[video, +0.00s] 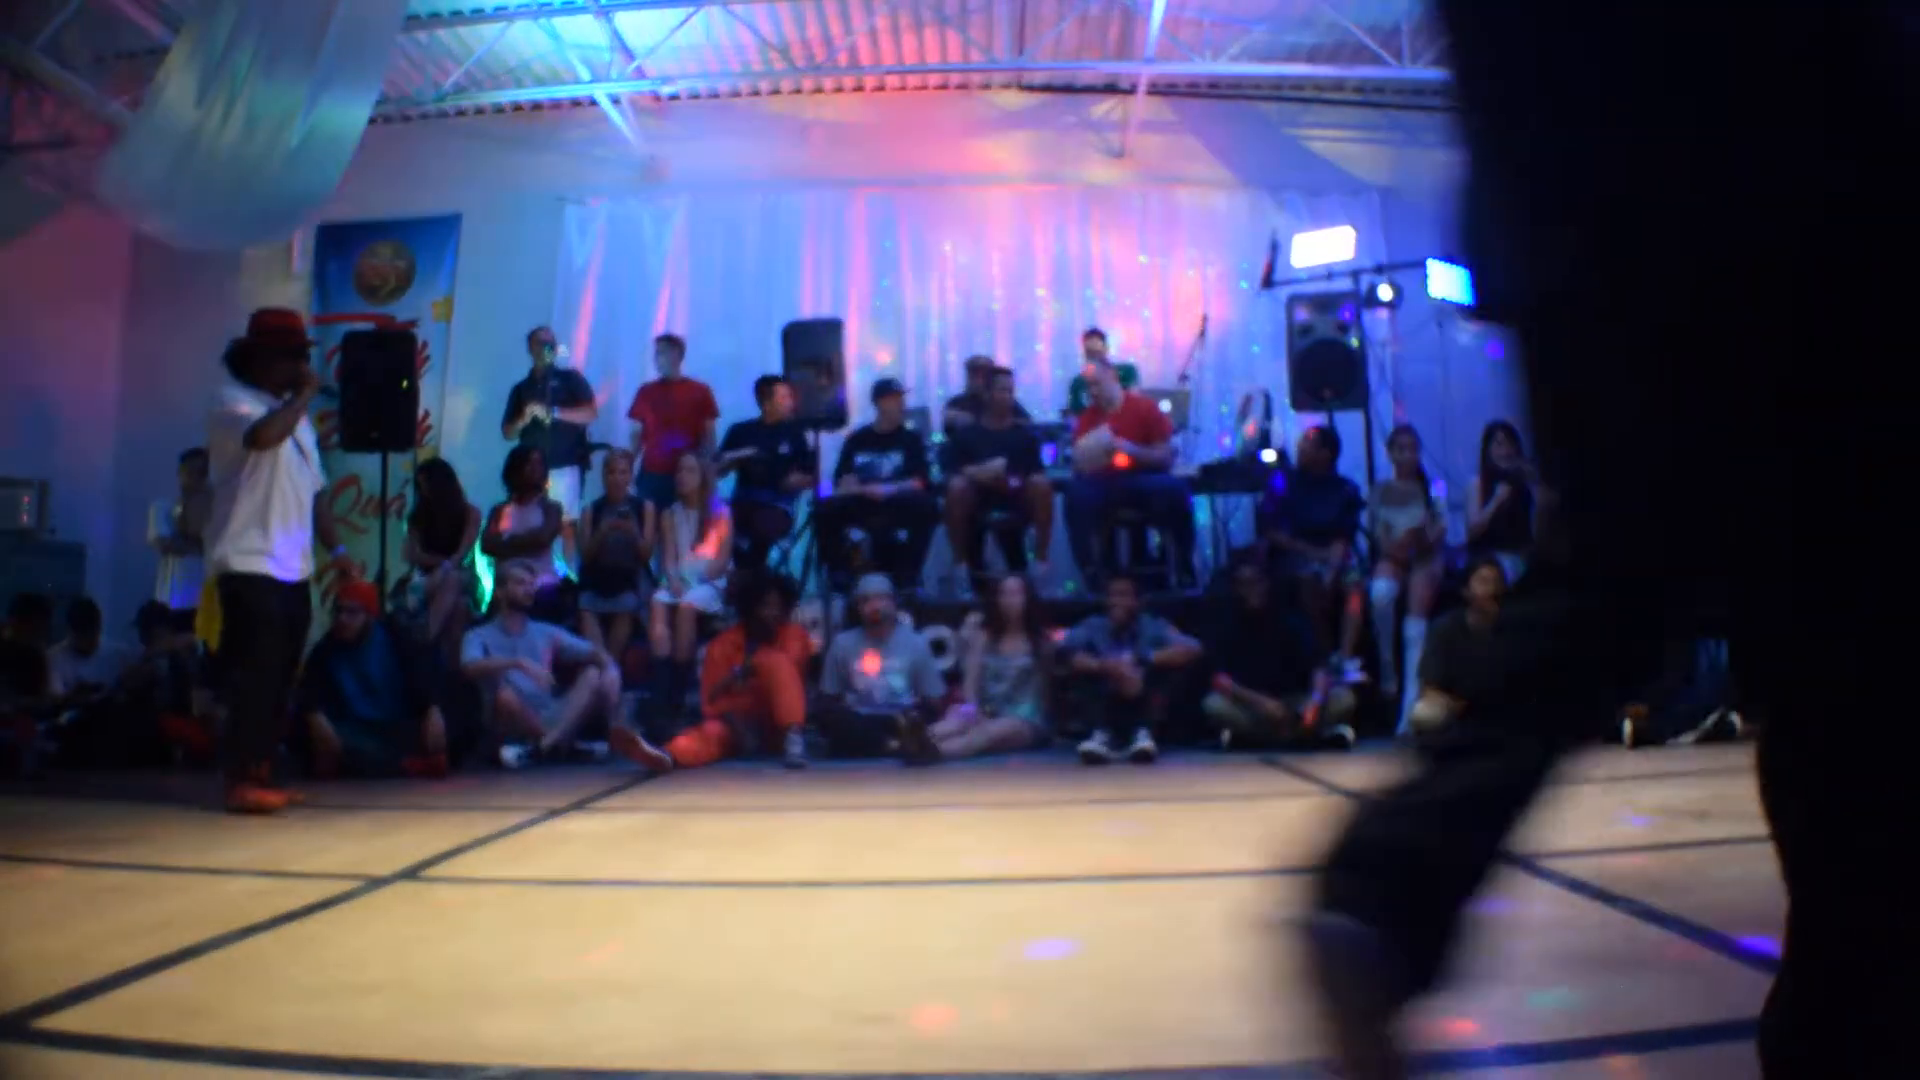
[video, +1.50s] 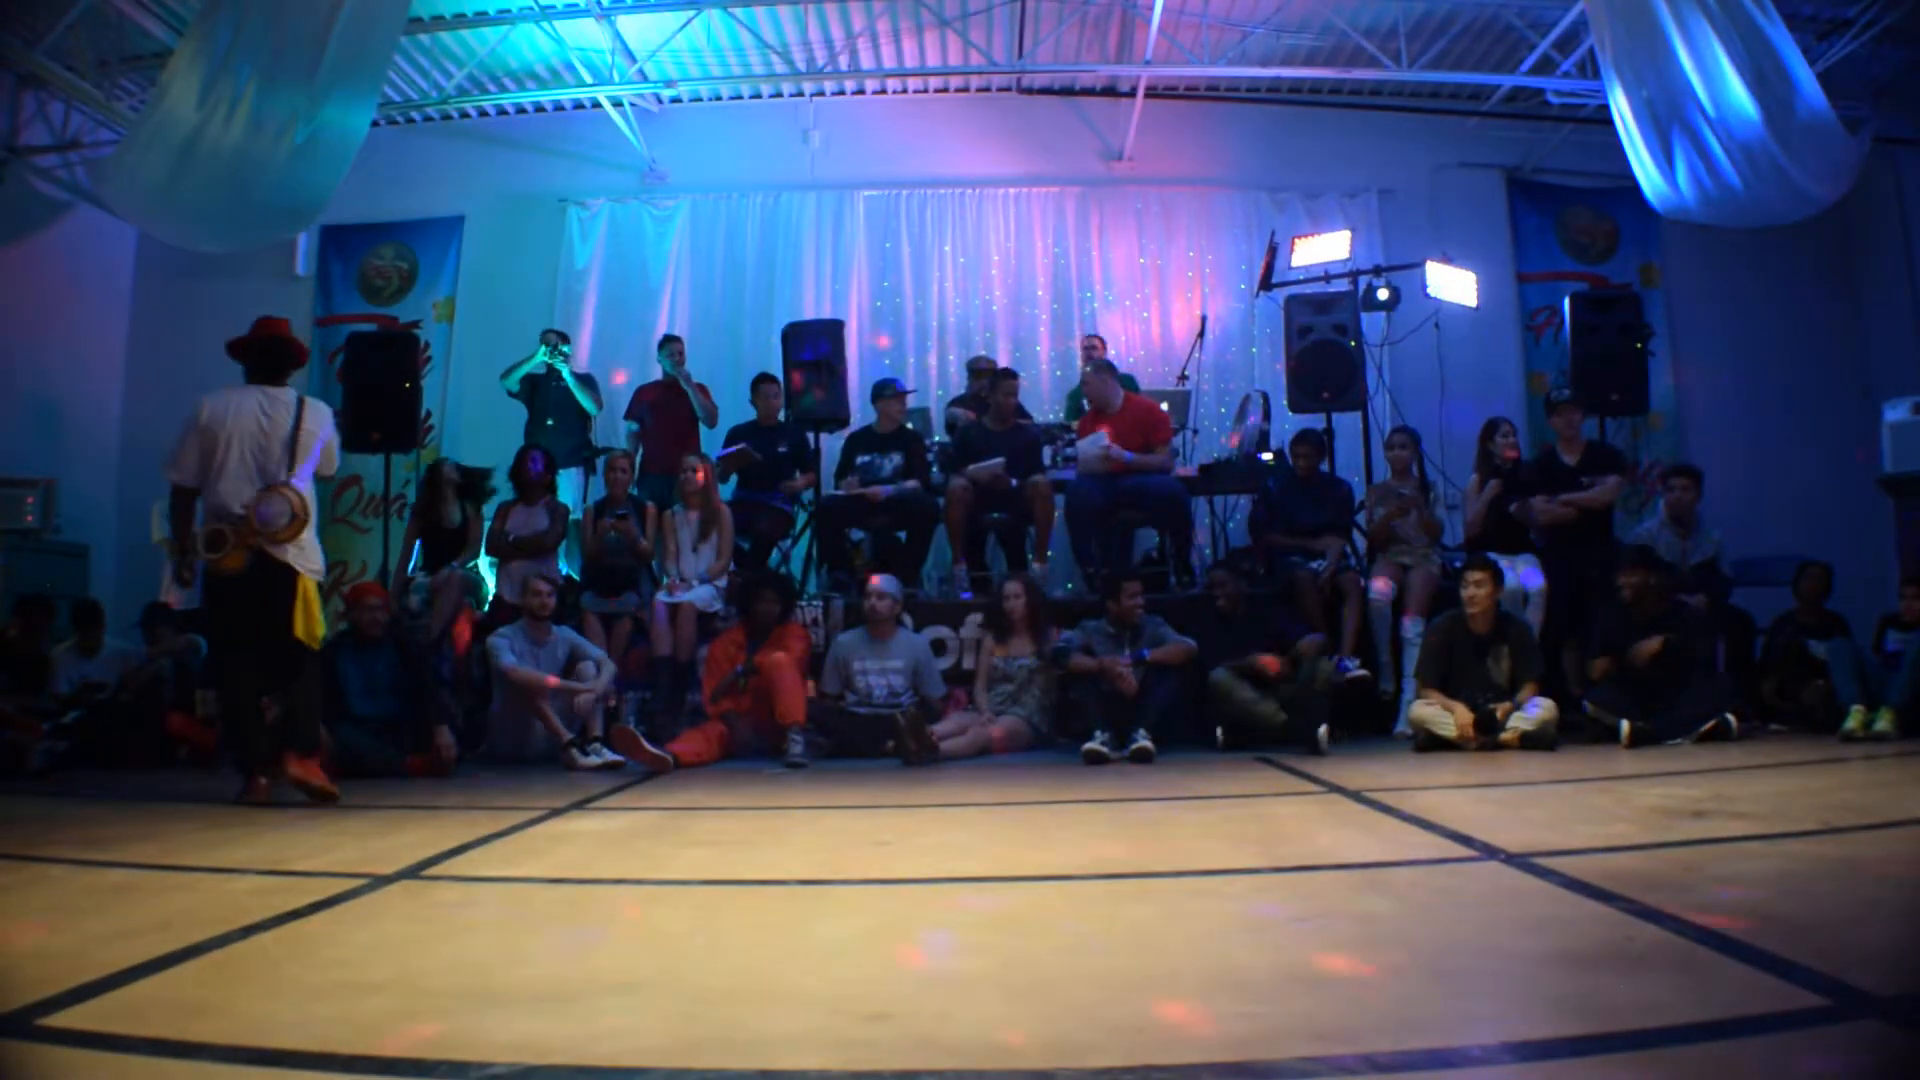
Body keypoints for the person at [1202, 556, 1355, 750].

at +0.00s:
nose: (1252, 590)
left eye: (1257, 583)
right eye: (1245, 584)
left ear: (1267, 584)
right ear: (1236, 588)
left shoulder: (1287, 617)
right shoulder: (1231, 622)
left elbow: (1319, 667)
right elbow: (1219, 678)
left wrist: (1314, 705)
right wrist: (1262, 703)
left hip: (1296, 694)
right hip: (1250, 700)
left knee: (1343, 699)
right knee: (1214, 704)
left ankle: (1252, 737)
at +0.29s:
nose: (1235, 590)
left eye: (1241, 583)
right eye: (1230, 584)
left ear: (1258, 585)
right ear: (1225, 587)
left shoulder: (1282, 617)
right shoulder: (1223, 623)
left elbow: (1315, 665)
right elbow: (1216, 675)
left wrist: (1314, 701)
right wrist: (1256, 701)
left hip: (1291, 692)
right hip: (1245, 699)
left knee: (1341, 698)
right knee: (1212, 703)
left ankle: (1247, 737)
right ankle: (1307, 737)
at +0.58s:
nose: (1231, 592)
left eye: (1238, 584)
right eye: (1228, 585)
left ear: (1257, 585)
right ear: (1224, 586)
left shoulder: (1284, 618)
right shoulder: (1220, 623)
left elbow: (1313, 664)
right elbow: (1215, 675)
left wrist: (1312, 701)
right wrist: (1256, 703)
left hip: (1291, 691)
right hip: (1245, 698)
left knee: (1340, 697)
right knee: (1212, 703)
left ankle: (1245, 735)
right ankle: (1305, 736)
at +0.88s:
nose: (1232, 592)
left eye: (1237, 585)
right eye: (1227, 586)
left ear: (1254, 584)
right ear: (1222, 590)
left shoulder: (1282, 617)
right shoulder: (1223, 626)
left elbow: (1314, 664)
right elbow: (1222, 677)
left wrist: (1312, 698)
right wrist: (1253, 703)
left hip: (1292, 695)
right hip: (1249, 700)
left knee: (1341, 698)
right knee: (1212, 702)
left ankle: (1251, 736)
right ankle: (1307, 737)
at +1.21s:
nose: (1221, 597)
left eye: (1227, 589)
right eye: (1216, 591)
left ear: (1243, 586)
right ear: (1213, 593)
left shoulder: (1269, 614)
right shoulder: (1216, 625)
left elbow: (1310, 657)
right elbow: (1215, 672)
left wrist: (1308, 680)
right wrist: (1249, 682)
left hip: (1289, 689)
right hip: (1250, 694)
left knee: (1338, 691)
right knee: (1213, 693)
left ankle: (1253, 737)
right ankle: (1307, 736)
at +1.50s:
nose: (1218, 593)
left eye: (1223, 586)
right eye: (1213, 588)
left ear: (1239, 585)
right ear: (1209, 591)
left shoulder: (1264, 611)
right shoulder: (1212, 622)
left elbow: (1311, 640)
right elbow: (1213, 663)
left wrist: (1287, 661)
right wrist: (1253, 662)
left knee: (1322, 666)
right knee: (1219, 678)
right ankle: (1298, 732)